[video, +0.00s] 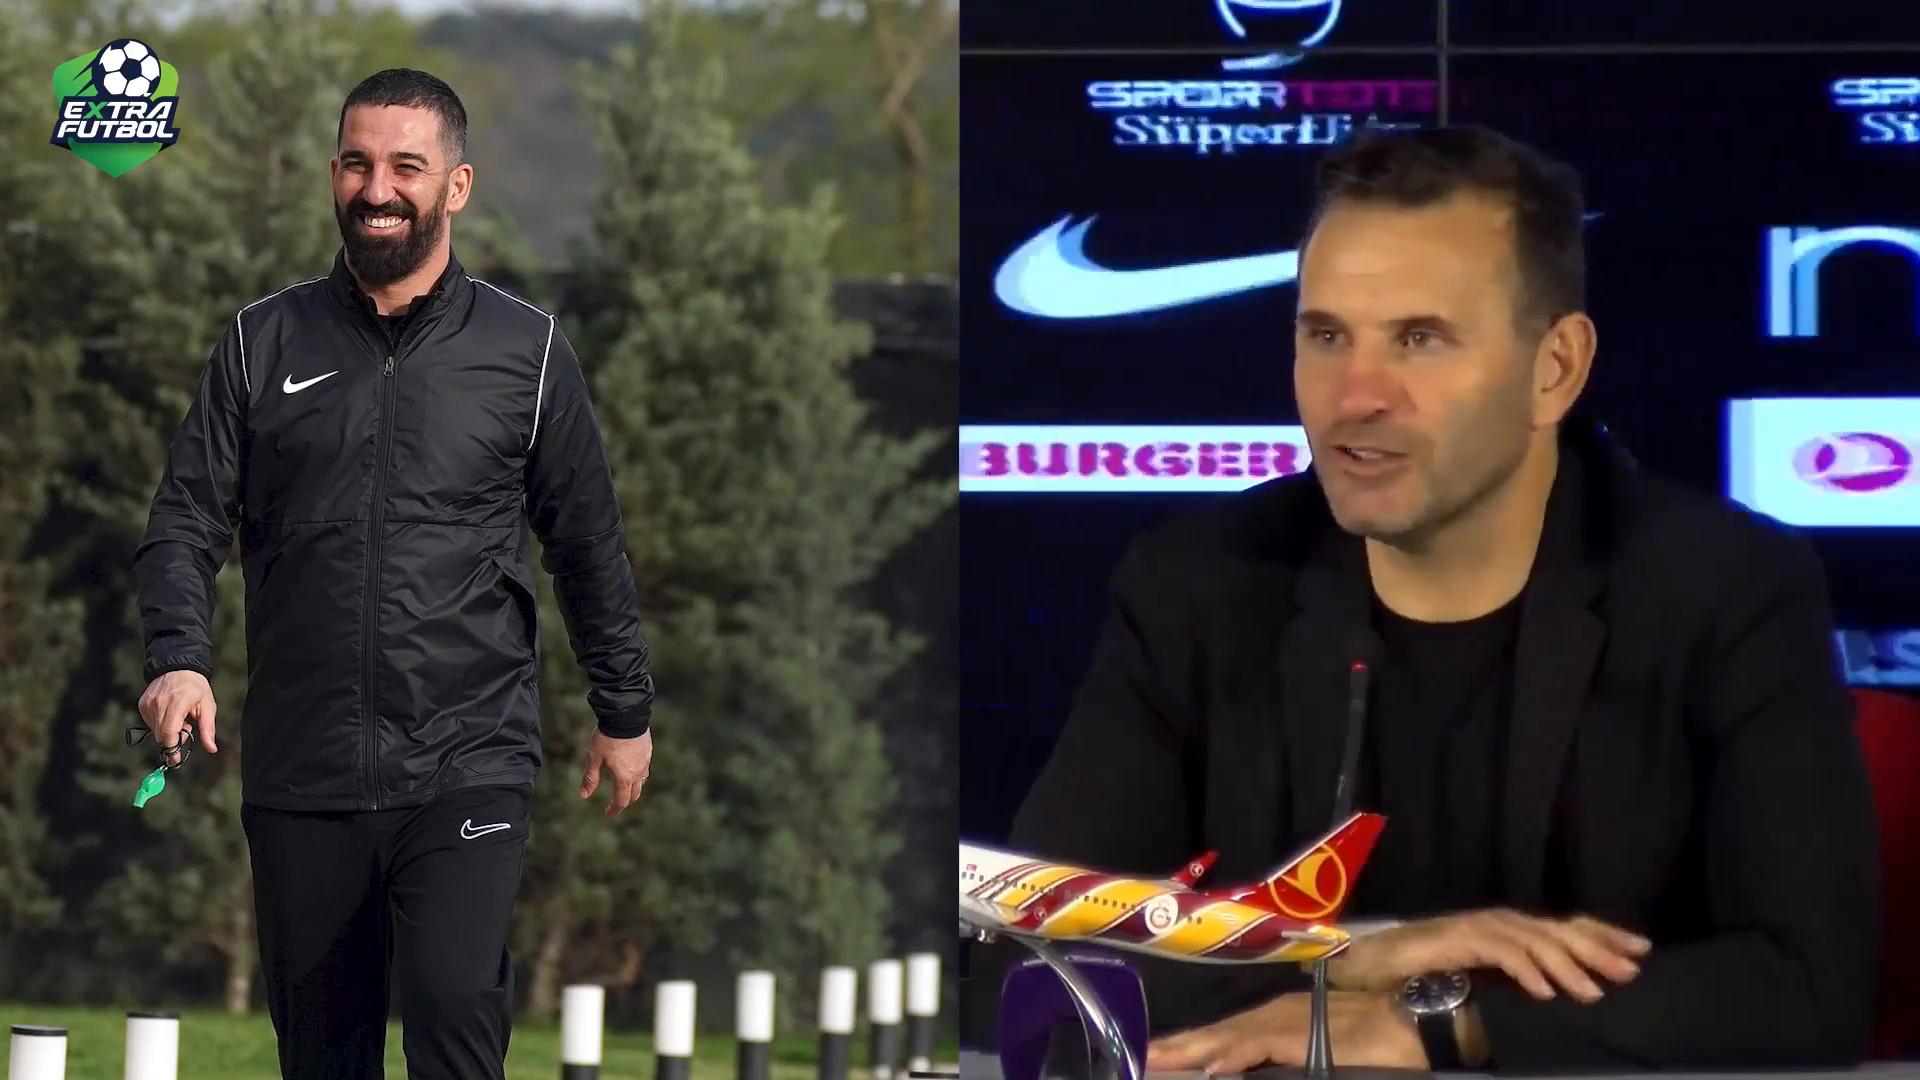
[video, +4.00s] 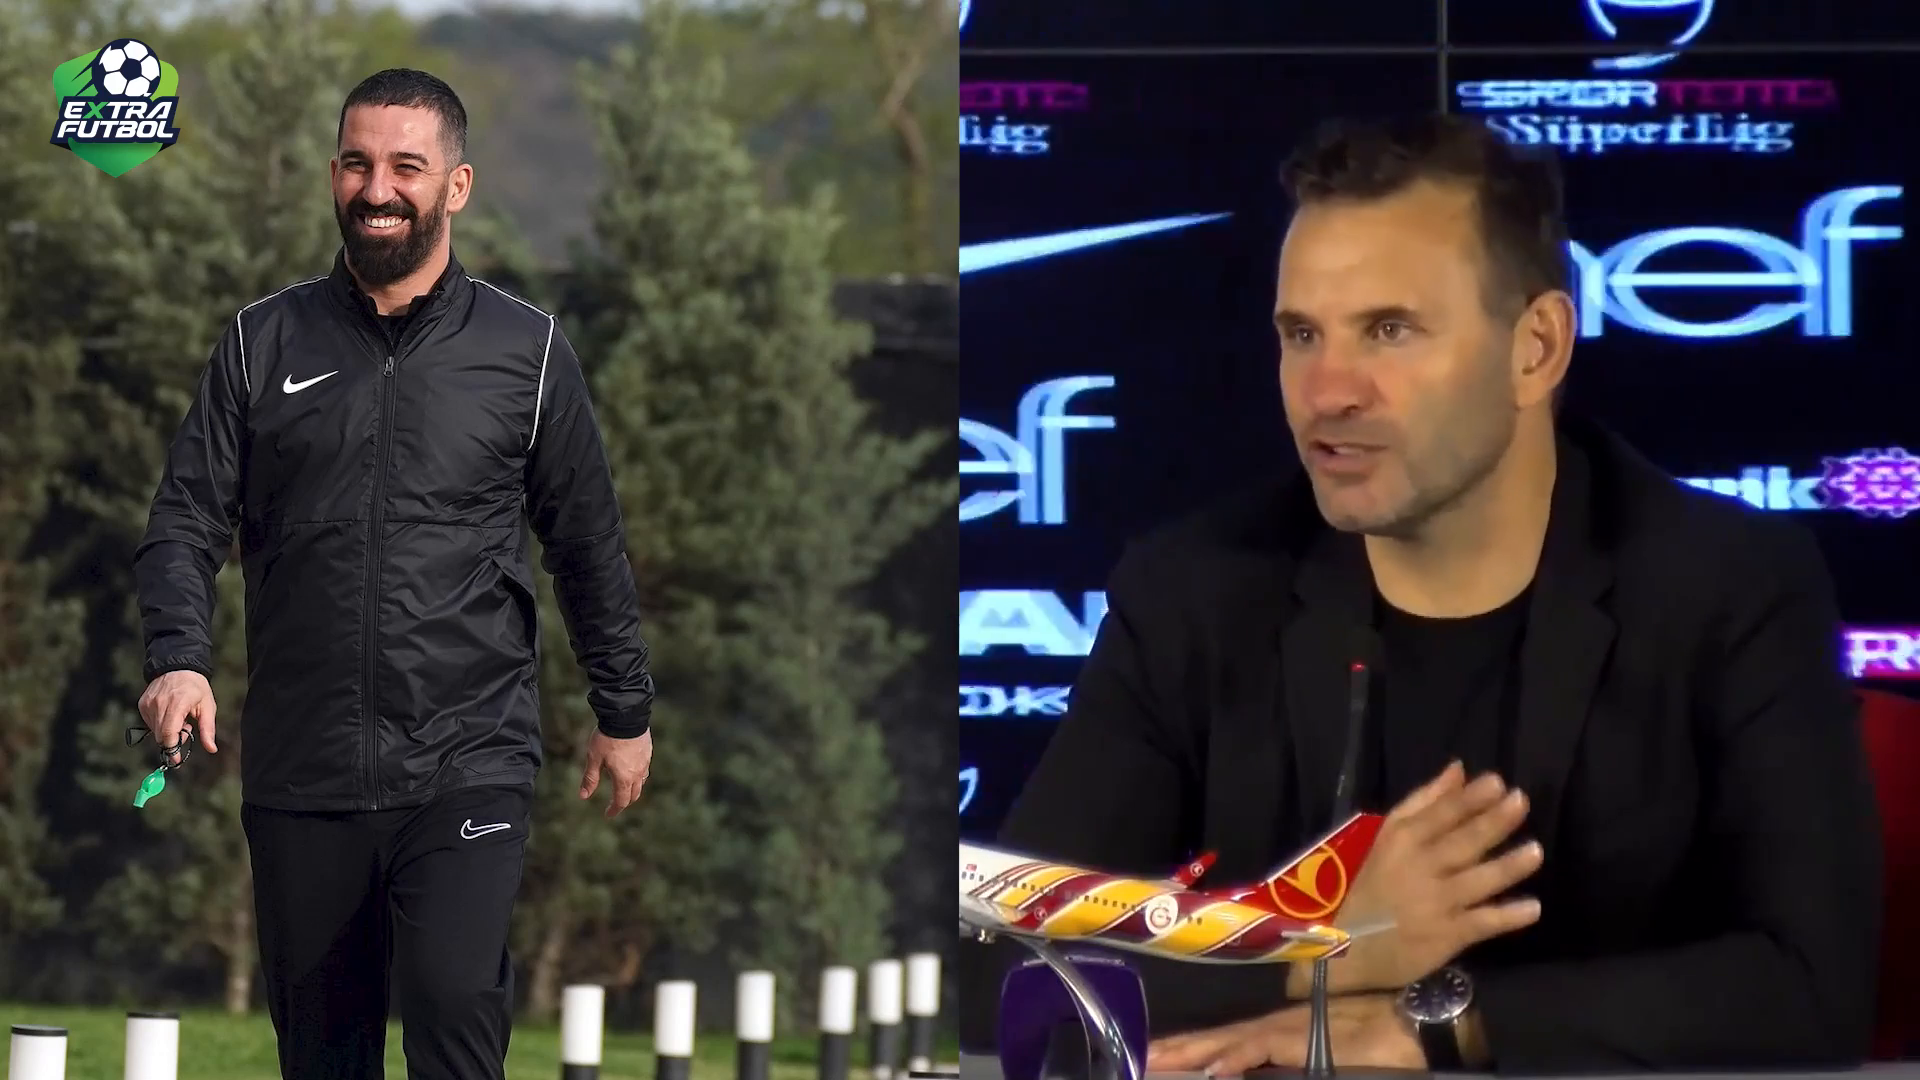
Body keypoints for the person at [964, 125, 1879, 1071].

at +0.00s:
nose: (1353, 395)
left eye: (1420, 339)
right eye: (1327, 336)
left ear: (1556, 369)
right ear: (1295, 341)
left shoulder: (1731, 596)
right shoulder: (1194, 587)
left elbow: (1807, 991)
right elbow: (1034, 957)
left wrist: (1433, 1029)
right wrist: (1347, 959)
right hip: (1245, 1071)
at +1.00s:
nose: (1338, 396)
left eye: (1407, 344)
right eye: (1316, 338)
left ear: (1550, 371)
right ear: (1290, 342)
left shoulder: (1724, 590)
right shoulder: (1189, 586)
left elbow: (1807, 989)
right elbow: (1029, 963)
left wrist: (1428, 1027)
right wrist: (1328, 958)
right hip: (1247, 1073)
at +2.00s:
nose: (1352, 407)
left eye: (1415, 350)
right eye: (1320, 350)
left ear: (1547, 366)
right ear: (1284, 359)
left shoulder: (1719, 593)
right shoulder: (1185, 595)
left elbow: (1810, 990)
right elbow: (1020, 944)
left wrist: (1436, 1019)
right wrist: (1314, 919)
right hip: (1245, 1077)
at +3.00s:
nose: (1348, 391)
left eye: (1409, 332)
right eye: (1316, 337)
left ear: (1548, 354)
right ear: (1285, 354)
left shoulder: (1725, 591)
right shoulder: (1189, 589)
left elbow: (1812, 989)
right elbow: (1026, 973)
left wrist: (1439, 1025)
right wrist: (1319, 959)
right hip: (1249, 1077)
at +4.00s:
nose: (1324, 389)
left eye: (1387, 330)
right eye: (1300, 334)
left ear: (1537, 349)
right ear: (1276, 342)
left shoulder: (1735, 593)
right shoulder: (1193, 593)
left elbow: (1813, 993)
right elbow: (1024, 977)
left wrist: (1436, 1024)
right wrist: (1319, 954)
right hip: (1254, 1075)